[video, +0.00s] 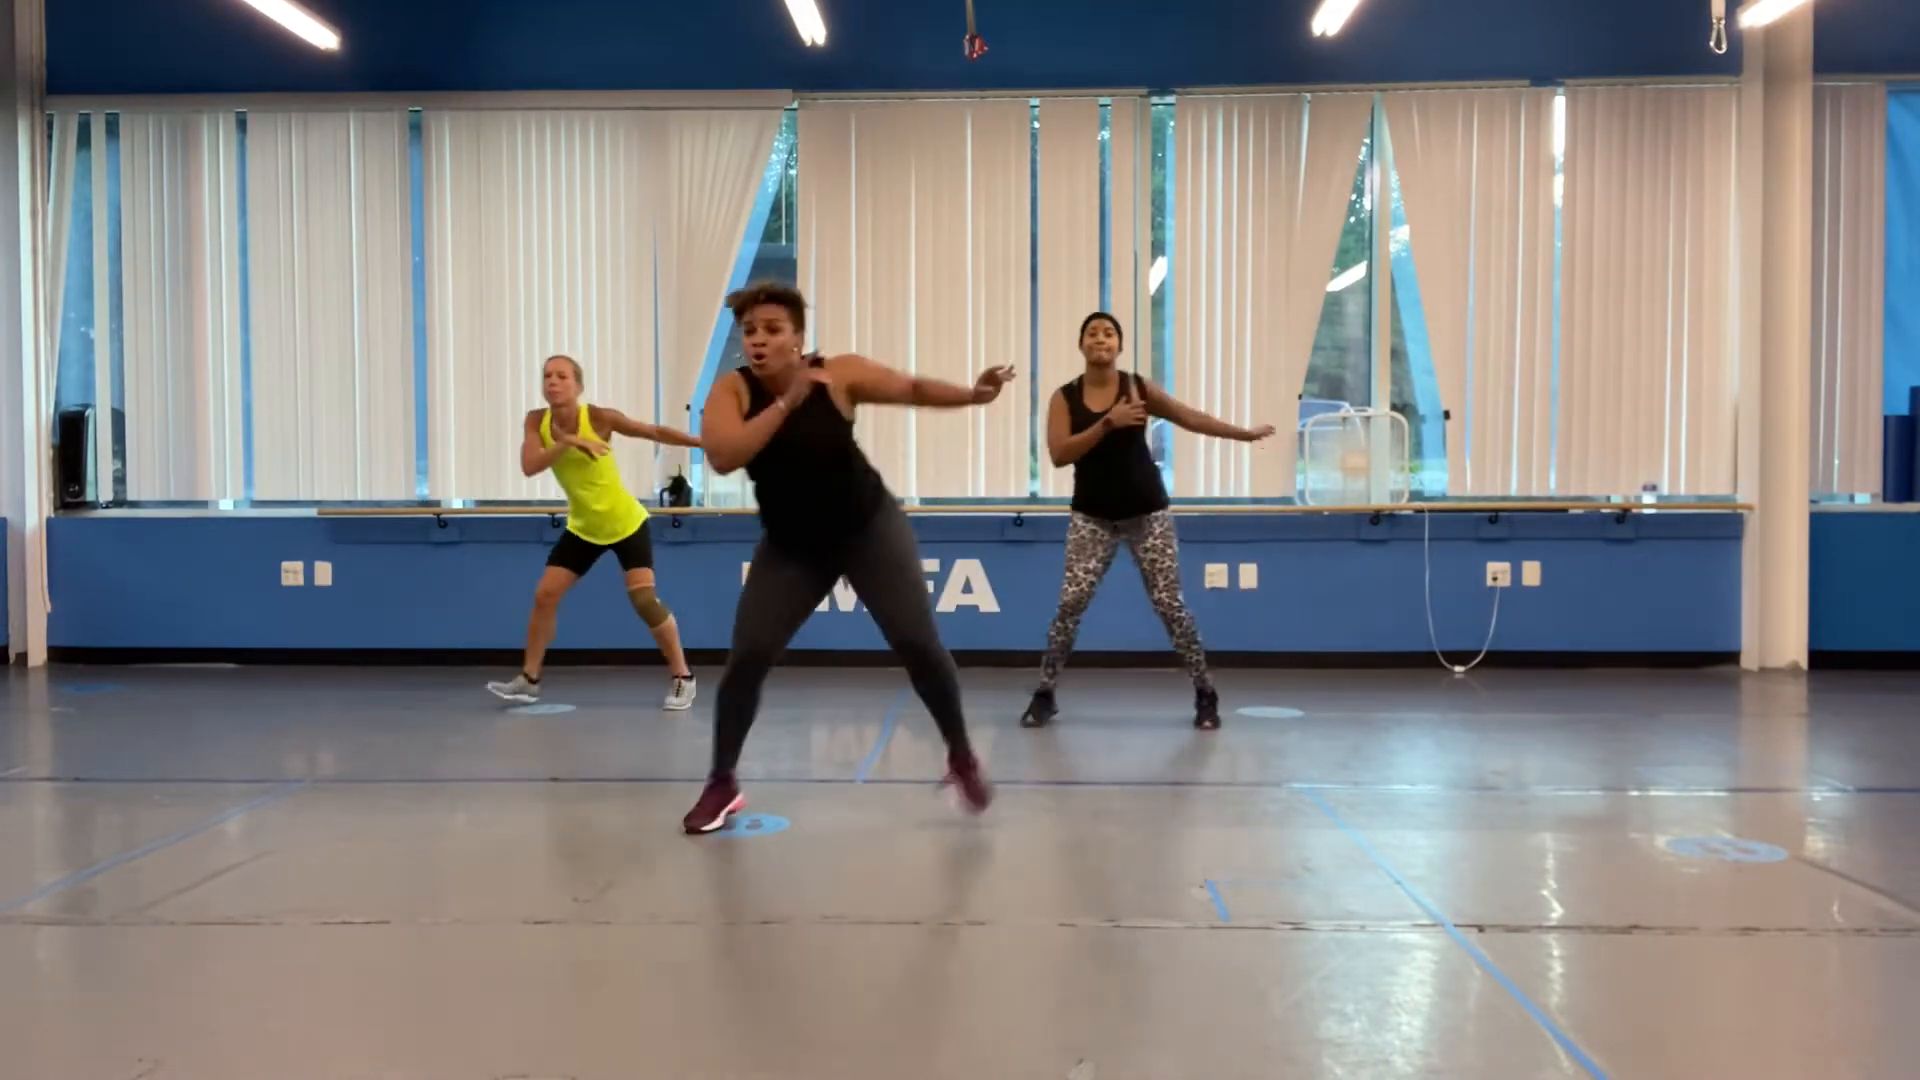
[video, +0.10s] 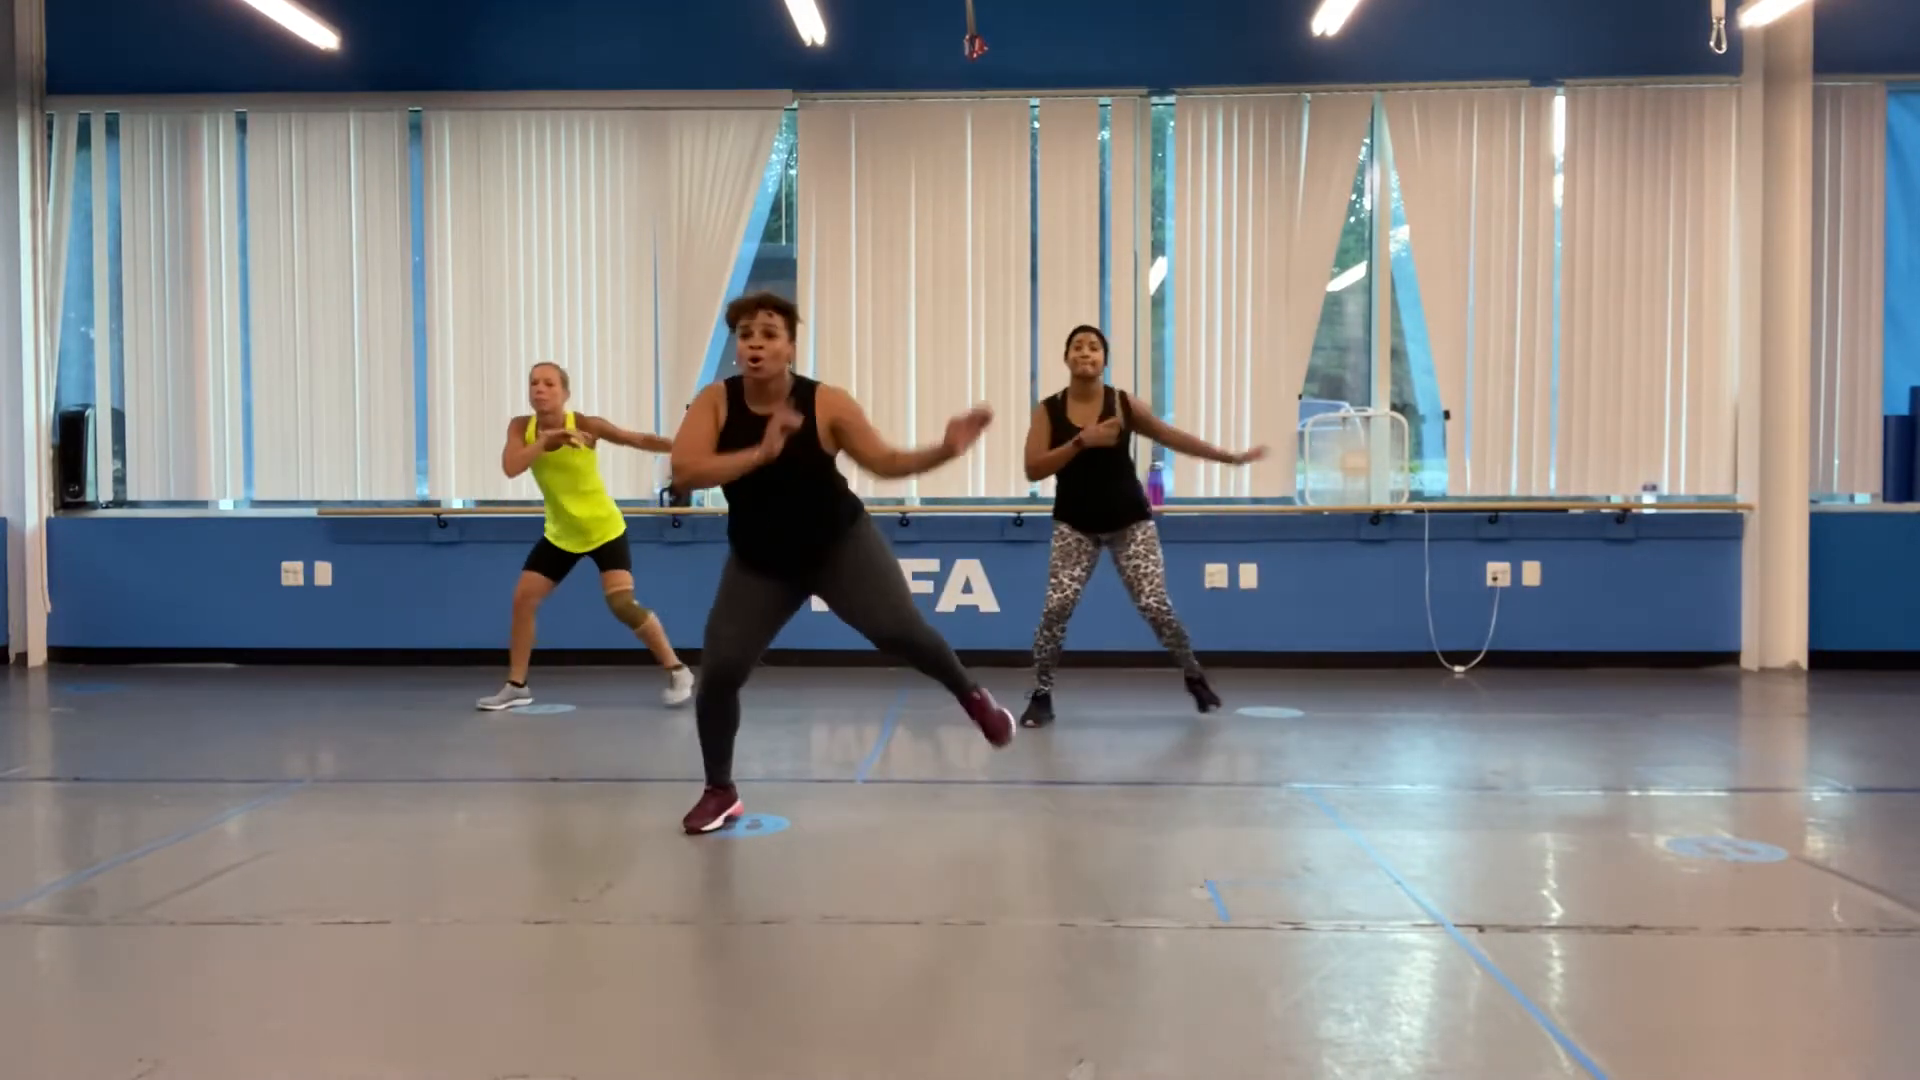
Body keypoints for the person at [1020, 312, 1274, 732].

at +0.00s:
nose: (1100, 341)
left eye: (1108, 335)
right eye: (1093, 335)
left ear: (1119, 346)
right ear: (1080, 346)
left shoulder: (1138, 390)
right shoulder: (1064, 398)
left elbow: (1192, 419)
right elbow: (1059, 455)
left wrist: (1245, 434)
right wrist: (1108, 422)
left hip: (1148, 515)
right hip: (1092, 518)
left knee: (1168, 604)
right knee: (1071, 602)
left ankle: (1205, 693)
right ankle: (1044, 694)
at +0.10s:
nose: (1086, 353)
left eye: (1094, 348)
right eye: (1078, 348)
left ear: (1105, 360)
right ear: (1066, 360)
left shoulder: (1123, 405)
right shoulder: (1048, 410)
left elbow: (1172, 437)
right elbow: (1033, 469)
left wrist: (1229, 457)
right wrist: (1080, 442)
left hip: (1130, 522)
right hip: (1074, 526)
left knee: (1153, 604)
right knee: (1057, 606)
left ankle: (1196, 679)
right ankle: (1040, 696)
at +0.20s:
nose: (1078, 360)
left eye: (1086, 354)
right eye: (1070, 355)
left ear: (1098, 365)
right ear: (1059, 366)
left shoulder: (1117, 414)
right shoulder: (1041, 420)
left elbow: (1155, 465)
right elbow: (1015, 480)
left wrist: (1197, 508)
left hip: (1123, 530)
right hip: (1067, 533)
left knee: (1146, 612)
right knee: (1049, 611)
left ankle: (1170, 684)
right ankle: (1040, 697)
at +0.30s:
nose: (1081, 357)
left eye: (1089, 350)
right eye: (1073, 352)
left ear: (1101, 360)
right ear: (1062, 364)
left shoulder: (1123, 411)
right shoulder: (1046, 418)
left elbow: (1142, 473)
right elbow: (1014, 470)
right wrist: (1000, 515)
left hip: (1122, 522)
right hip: (1068, 525)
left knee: (1146, 608)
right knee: (1055, 608)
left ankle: (1164, 690)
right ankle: (1040, 696)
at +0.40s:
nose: (1091, 349)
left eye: (1098, 342)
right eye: (1082, 345)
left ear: (1112, 351)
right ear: (1073, 357)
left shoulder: (1135, 399)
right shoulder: (1060, 408)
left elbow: (1143, 467)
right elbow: (1023, 453)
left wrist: (1088, 485)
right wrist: (978, 481)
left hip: (1132, 518)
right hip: (1077, 519)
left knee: (1160, 598)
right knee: (1065, 605)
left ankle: (1179, 684)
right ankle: (1039, 693)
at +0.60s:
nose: (1122, 352)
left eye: (1128, 345)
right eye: (1113, 349)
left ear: (1142, 353)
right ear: (1104, 362)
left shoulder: (1170, 402)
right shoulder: (1093, 412)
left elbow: (1193, 462)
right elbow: (1064, 467)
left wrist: (1146, 490)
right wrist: (1010, 470)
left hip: (1162, 523)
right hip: (1106, 523)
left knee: (1179, 608)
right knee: (1095, 604)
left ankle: (1198, 699)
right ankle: (1058, 677)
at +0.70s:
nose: (1129, 353)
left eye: (1135, 346)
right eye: (1120, 349)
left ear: (1148, 354)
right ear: (1110, 362)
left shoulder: (1175, 405)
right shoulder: (1098, 414)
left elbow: (1203, 463)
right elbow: (1082, 476)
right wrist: (1046, 510)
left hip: (1167, 526)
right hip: (1112, 528)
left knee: (1180, 612)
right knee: (1101, 614)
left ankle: (1199, 699)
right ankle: (1088, 690)